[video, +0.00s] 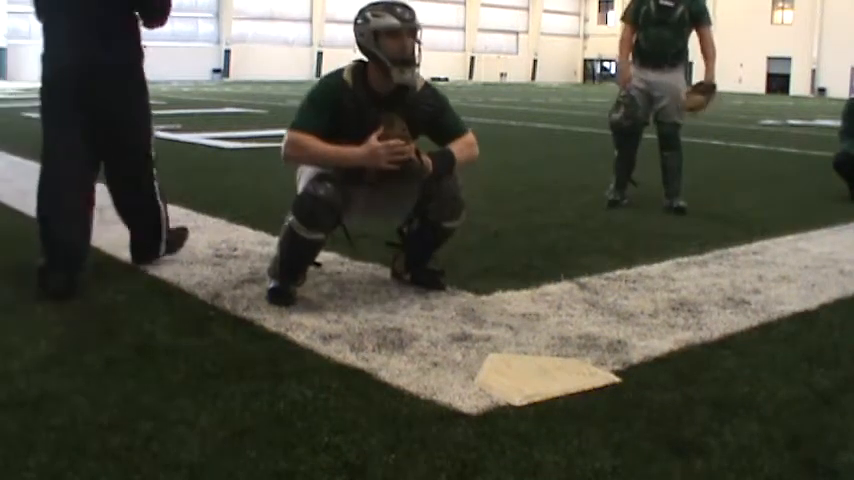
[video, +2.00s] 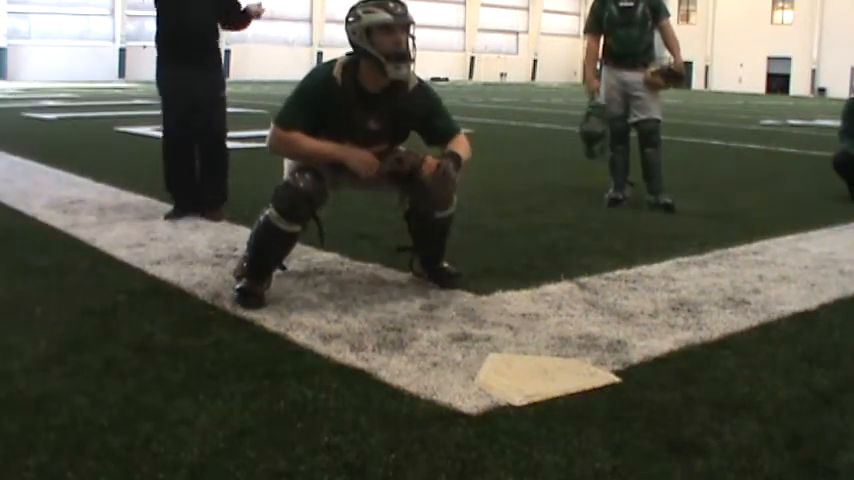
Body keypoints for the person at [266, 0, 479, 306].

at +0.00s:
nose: (406, 46)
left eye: (410, 37)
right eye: (394, 37)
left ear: (417, 40)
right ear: (369, 42)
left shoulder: (421, 95)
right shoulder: (334, 89)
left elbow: (469, 147)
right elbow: (293, 148)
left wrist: (429, 163)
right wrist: (362, 156)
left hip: (392, 187)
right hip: (337, 185)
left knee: (445, 190)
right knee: (322, 193)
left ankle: (412, 266)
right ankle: (285, 278)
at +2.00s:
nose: (401, 42)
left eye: (404, 32)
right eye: (388, 32)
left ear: (409, 35)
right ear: (363, 38)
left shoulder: (412, 90)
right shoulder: (325, 80)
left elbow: (459, 141)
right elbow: (279, 139)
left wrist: (448, 163)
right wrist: (346, 154)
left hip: (379, 164)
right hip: (321, 161)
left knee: (436, 179)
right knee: (302, 189)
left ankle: (430, 263)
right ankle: (253, 277)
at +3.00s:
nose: (400, 64)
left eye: (407, 55)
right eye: (392, 54)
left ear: (417, 51)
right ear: (369, 44)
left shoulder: (418, 79)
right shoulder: (328, 64)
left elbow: (424, 140)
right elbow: (315, 143)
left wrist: (409, 197)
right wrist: (352, 206)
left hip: (366, 158)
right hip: (313, 153)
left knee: (433, 206)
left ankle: (412, 255)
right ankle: (250, 261)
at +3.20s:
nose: (401, 94)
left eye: (408, 84)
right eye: (392, 84)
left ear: (416, 78)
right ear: (368, 74)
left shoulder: (415, 113)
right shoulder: (330, 107)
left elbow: (418, 162)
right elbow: (308, 185)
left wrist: (384, 208)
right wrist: (344, 240)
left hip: (370, 206)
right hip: (316, 204)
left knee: (430, 281)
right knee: (292, 296)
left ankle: (371, 254)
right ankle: (252, 264)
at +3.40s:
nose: (381, 110)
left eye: (389, 103)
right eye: (373, 103)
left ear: (400, 89)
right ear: (350, 84)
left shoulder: (405, 113)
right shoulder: (310, 110)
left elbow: (403, 160)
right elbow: (267, 155)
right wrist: (317, 211)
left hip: (371, 205)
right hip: (312, 203)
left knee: (430, 281)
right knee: (291, 297)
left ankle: (362, 255)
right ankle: (255, 265)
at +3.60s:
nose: (350, 95)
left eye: (358, 87)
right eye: (340, 87)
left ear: (372, 70)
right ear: (318, 71)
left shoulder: (384, 77)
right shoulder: (286, 94)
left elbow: (396, 118)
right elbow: (246, 140)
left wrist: (388, 158)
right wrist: (281, 188)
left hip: (377, 182)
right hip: (322, 194)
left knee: (450, 250)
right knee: (287, 297)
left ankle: (412, 245)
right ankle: (251, 266)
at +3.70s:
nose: (368, 111)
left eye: (376, 103)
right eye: (358, 102)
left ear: (392, 76)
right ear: (336, 81)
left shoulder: (399, 83)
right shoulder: (310, 107)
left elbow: (414, 108)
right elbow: (282, 198)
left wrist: (416, 137)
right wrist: (315, 276)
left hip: (381, 183)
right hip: (328, 194)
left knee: (455, 187)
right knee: (286, 298)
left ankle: (449, 262)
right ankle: (251, 270)